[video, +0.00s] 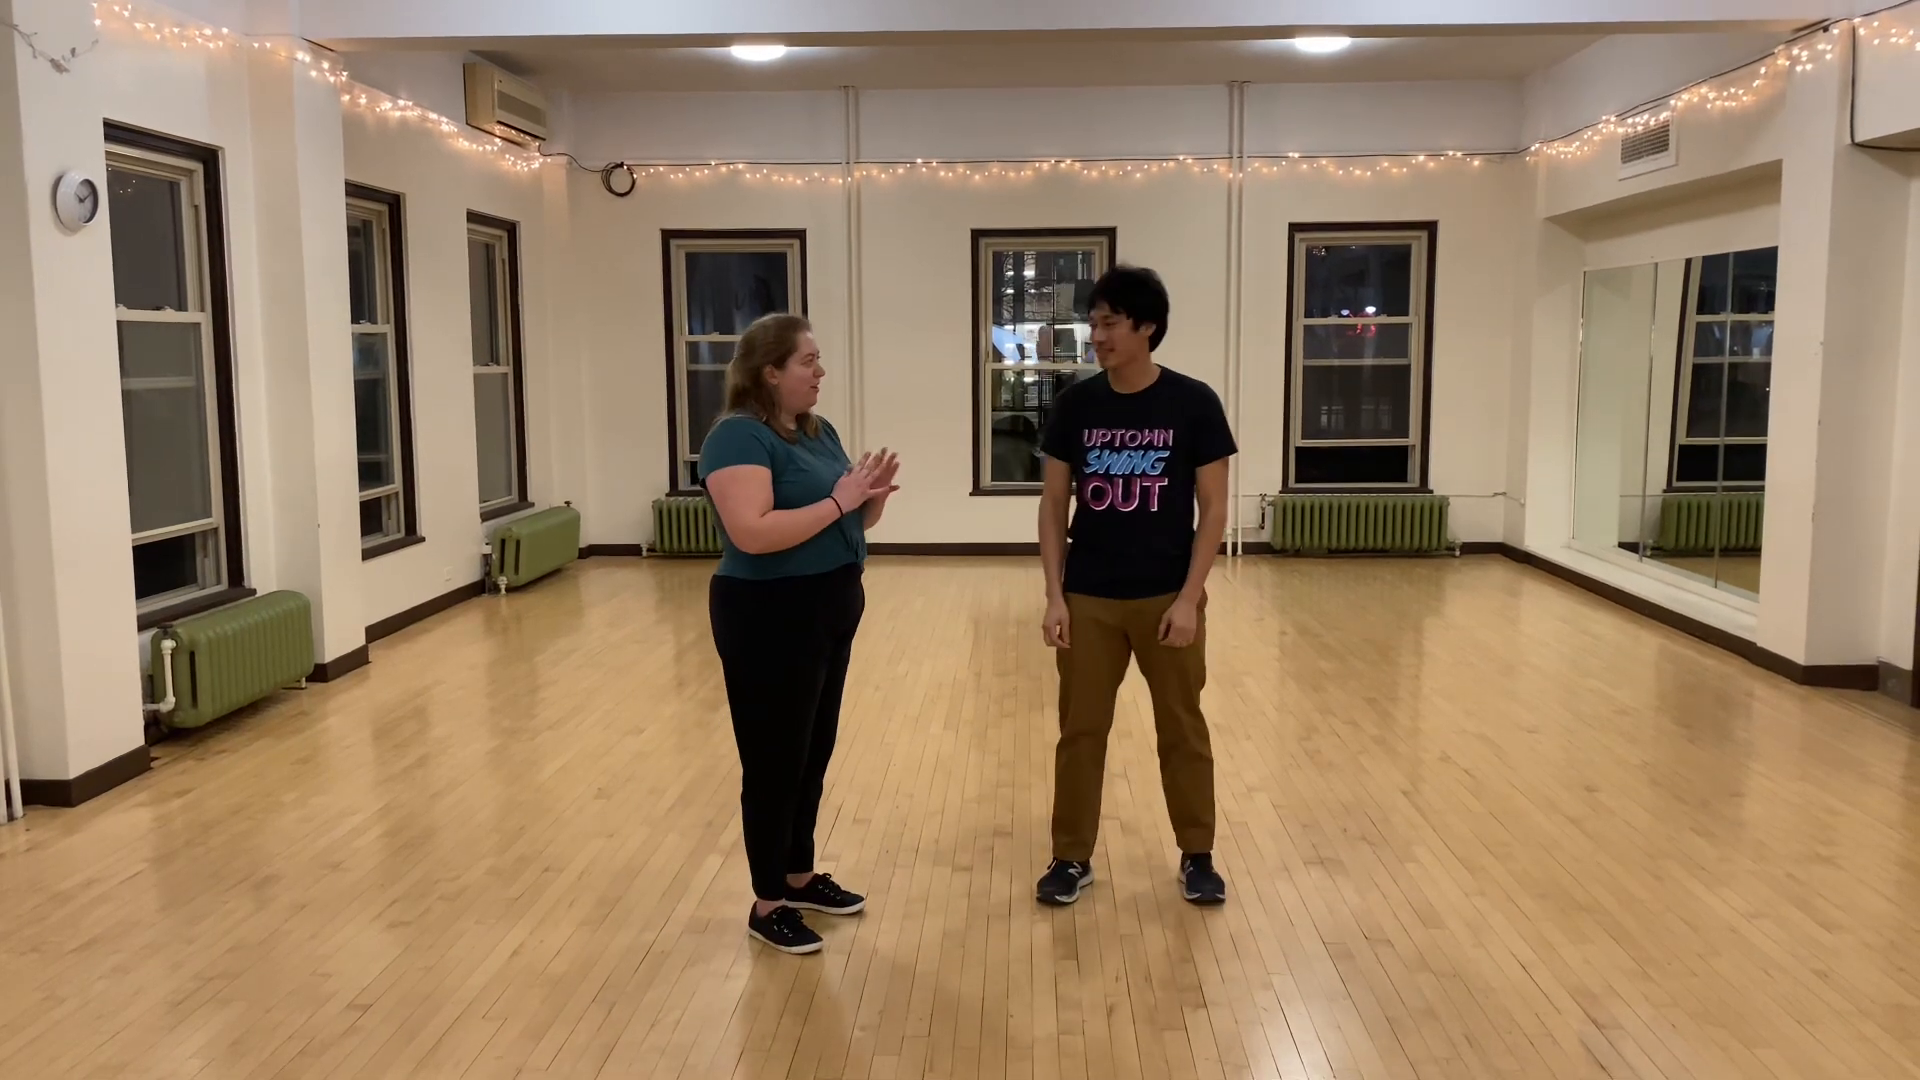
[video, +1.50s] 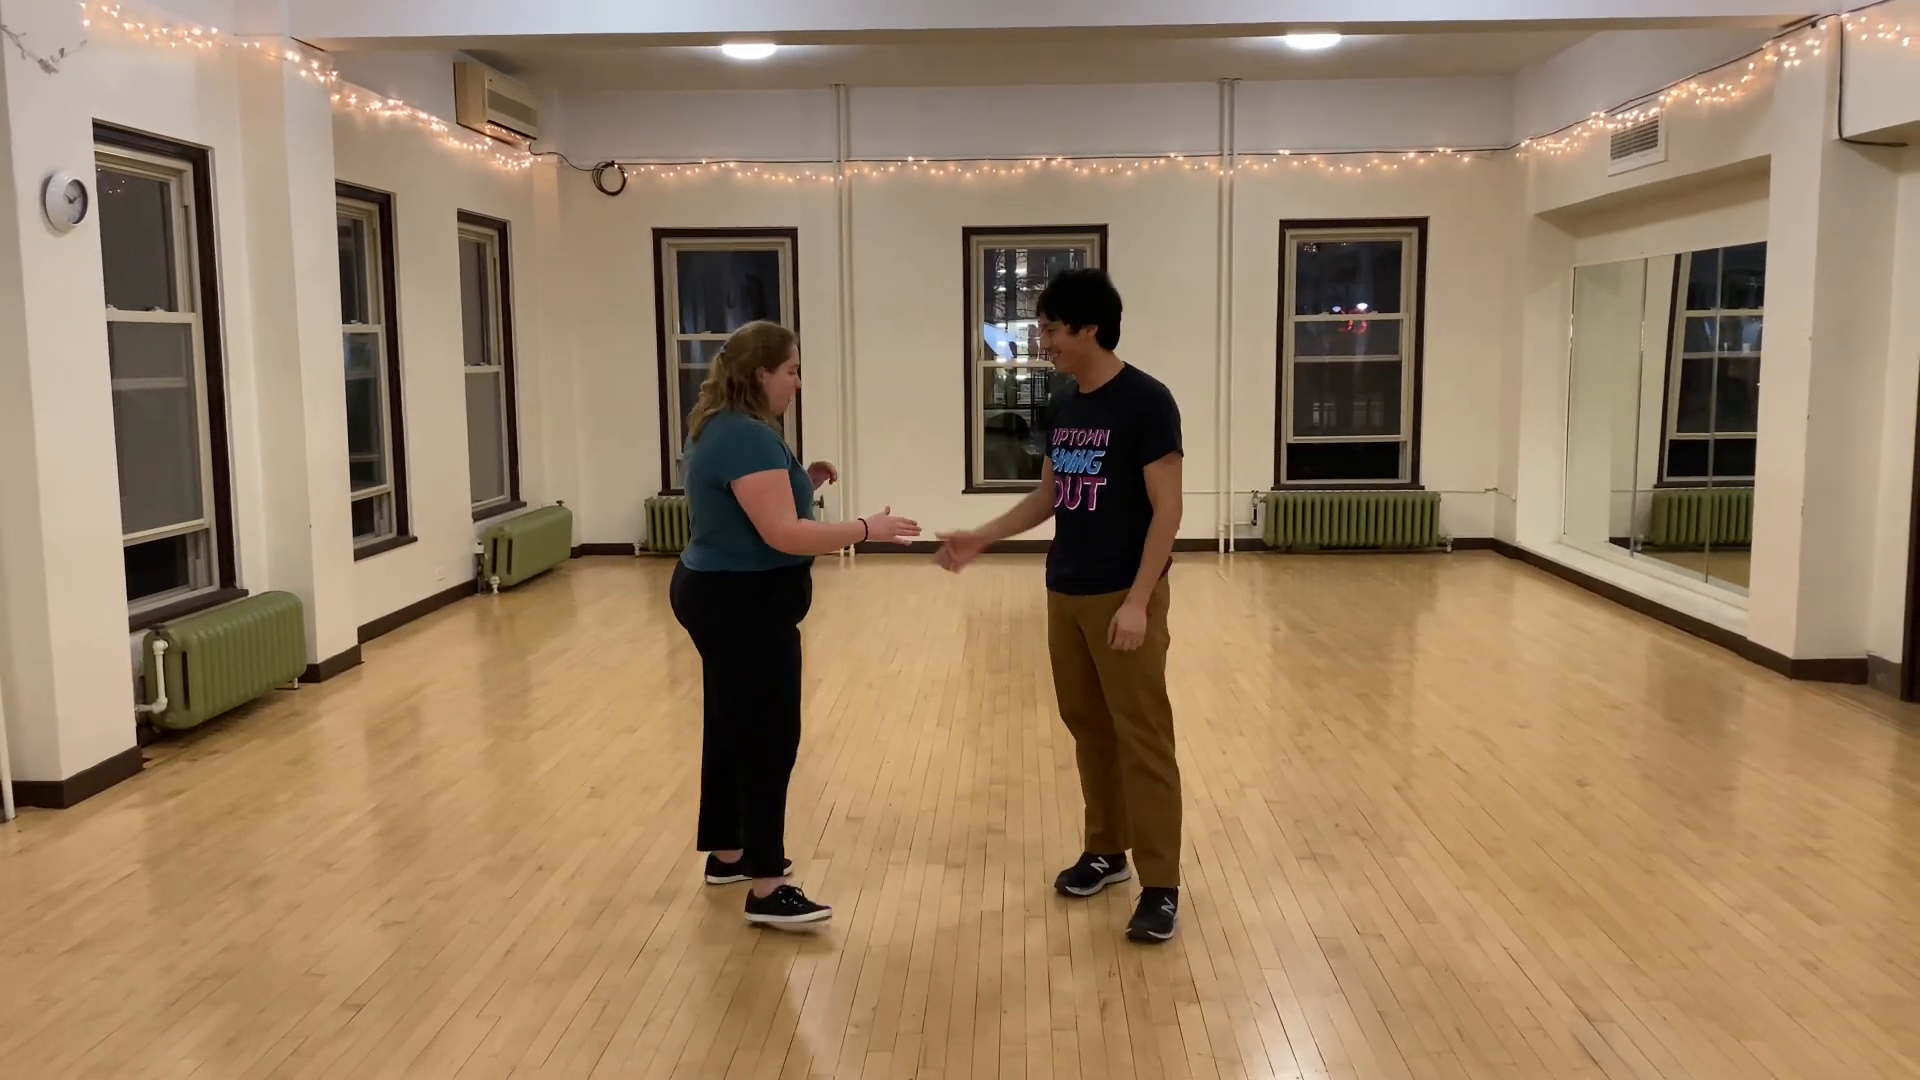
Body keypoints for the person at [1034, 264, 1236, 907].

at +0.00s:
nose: (1098, 334)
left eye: (1112, 322)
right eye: (1094, 322)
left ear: (1149, 328)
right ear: (1093, 326)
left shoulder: (1194, 403)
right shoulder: (1075, 404)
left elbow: (1214, 509)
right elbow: (1054, 504)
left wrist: (1191, 596)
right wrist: (1054, 594)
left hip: (1168, 602)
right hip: (1089, 601)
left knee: (1183, 733)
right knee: (1080, 734)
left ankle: (1197, 855)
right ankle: (1071, 857)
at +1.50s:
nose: (1043, 343)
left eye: (1051, 331)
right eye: (1042, 331)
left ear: (1089, 332)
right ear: (1074, 334)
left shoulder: (1147, 403)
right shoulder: (1064, 405)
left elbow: (1168, 511)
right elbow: (1049, 497)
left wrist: (1138, 602)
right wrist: (982, 537)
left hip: (1128, 598)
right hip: (1068, 596)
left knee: (1141, 739)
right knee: (1090, 730)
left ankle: (1160, 885)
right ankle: (1107, 851)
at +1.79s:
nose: (1038, 347)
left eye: (1046, 335)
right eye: (1036, 335)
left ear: (1085, 334)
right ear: (1066, 336)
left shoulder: (1140, 402)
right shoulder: (1058, 405)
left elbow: (1157, 508)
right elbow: (1031, 491)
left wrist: (1118, 597)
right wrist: (955, 506)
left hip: (1127, 595)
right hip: (1071, 593)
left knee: (1135, 734)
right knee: (1087, 727)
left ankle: (1158, 882)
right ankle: (1106, 849)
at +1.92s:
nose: (1034, 344)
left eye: (1042, 333)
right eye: (1033, 333)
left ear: (1080, 334)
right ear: (1066, 335)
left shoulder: (1138, 401)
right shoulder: (1055, 403)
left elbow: (1158, 508)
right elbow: (1030, 492)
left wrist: (1120, 596)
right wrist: (958, 523)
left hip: (1127, 595)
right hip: (1070, 593)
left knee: (1134, 735)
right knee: (1087, 727)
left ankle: (1157, 882)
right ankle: (1106, 849)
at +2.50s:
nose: (1063, 330)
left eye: (1075, 317)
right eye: (1052, 320)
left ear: (1102, 323)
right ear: (1042, 330)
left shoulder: (1139, 399)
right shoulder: (1047, 406)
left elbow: (1160, 506)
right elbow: (1027, 500)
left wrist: (1126, 593)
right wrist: (961, 557)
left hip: (1130, 594)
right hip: (1070, 593)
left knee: (1135, 738)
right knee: (1085, 727)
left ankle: (1156, 885)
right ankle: (1099, 849)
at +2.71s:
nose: (1054, 332)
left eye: (1066, 319)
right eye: (1048, 321)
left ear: (1102, 325)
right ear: (1047, 330)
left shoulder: (1149, 403)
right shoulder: (1058, 409)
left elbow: (1165, 511)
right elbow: (1027, 500)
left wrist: (1126, 598)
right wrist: (957, 552)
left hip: (1134, 591)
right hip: (1073, 589)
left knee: (1129, 727)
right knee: (1080, 723)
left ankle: (1190, 869)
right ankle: (1096, 854)